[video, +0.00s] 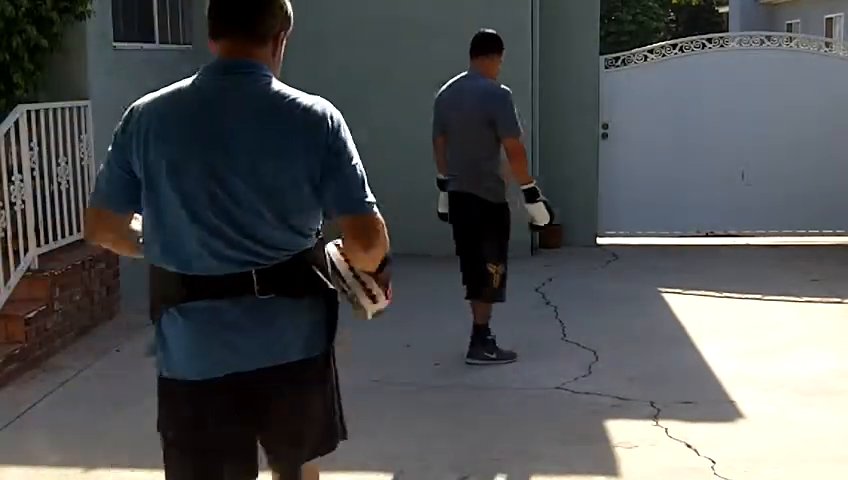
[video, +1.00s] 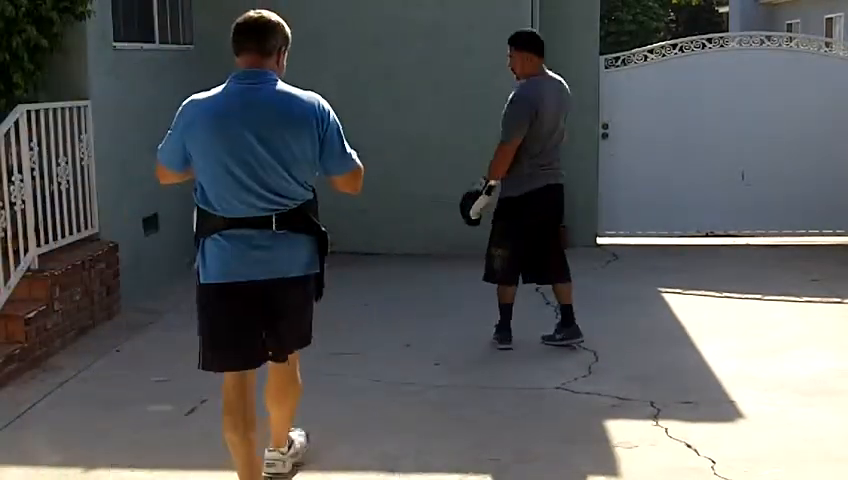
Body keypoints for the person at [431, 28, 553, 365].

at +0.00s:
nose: (500, 65)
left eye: (498, 59)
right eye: (500, 59)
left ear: (471, 56)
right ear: (496, 57)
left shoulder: (447, 92)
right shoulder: (497, 94)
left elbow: (439, 142)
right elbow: (514, 150)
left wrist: (443, 186)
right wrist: (532, 194)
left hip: (457, 195)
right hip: (486, 197)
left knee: (474, 264)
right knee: (489, 266)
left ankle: (481, 337)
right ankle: (480, 342)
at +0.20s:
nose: (500, 62)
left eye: (494, 56)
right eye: (501, 56)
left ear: (470, 60)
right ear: (502, 58)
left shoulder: (453, 98)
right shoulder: (513, 94)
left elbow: (447, 150)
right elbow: (533, 147)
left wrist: (448, 194)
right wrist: (551, 190)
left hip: (471, 197)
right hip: (505, 197)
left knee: (490, 263)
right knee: (498, 266)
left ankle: (500, 330)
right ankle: (482, 341)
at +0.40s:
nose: (492, 63)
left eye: (472, 61)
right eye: (497, 56)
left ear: (468, 64)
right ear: (501, 58)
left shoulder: (460, 101)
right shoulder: (525, 90)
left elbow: (455, 152)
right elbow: (542, 140)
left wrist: (457, 196)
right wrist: (553, 183)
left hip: (483, 197)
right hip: (521, 196)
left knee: (491, 268)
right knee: (528, 266)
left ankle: (505, 334)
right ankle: (507, 321)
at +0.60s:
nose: (480, 66)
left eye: (477, 61)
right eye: (486, 59)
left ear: (475, 62)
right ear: (505, 56)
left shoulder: (470, 100)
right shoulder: (536, 88)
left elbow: (466, 152)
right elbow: (551, 139)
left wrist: (466, 193)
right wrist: (550, 178)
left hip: (491, 195)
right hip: (530, 192)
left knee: (494, 263)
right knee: (537, 255)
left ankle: (502, 329)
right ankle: (546, 315)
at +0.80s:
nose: (490, 67)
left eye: (491, 60)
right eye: (491, 61)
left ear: (498, 61)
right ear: (519, 58)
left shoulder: (492, 99)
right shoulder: (551, 89)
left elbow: (480, 150)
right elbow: (554, 136)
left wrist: (472, 187)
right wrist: (550, 167)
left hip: (503, 195)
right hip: (538, 191)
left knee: (498, 261)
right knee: (540, 253)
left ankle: (502, 329)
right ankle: (566, 319)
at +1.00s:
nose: (509, 62)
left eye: (511, 56)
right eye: (509, 56)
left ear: (526, 57)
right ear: (537, 57)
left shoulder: (523, 96)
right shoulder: (560, 87)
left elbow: (507, 147)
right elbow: (556, 139)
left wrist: (489, 188)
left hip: (519, 193)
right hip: (551, 190)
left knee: (506, 260)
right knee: (554, 255)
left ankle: (504, 329)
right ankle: (568, 325)